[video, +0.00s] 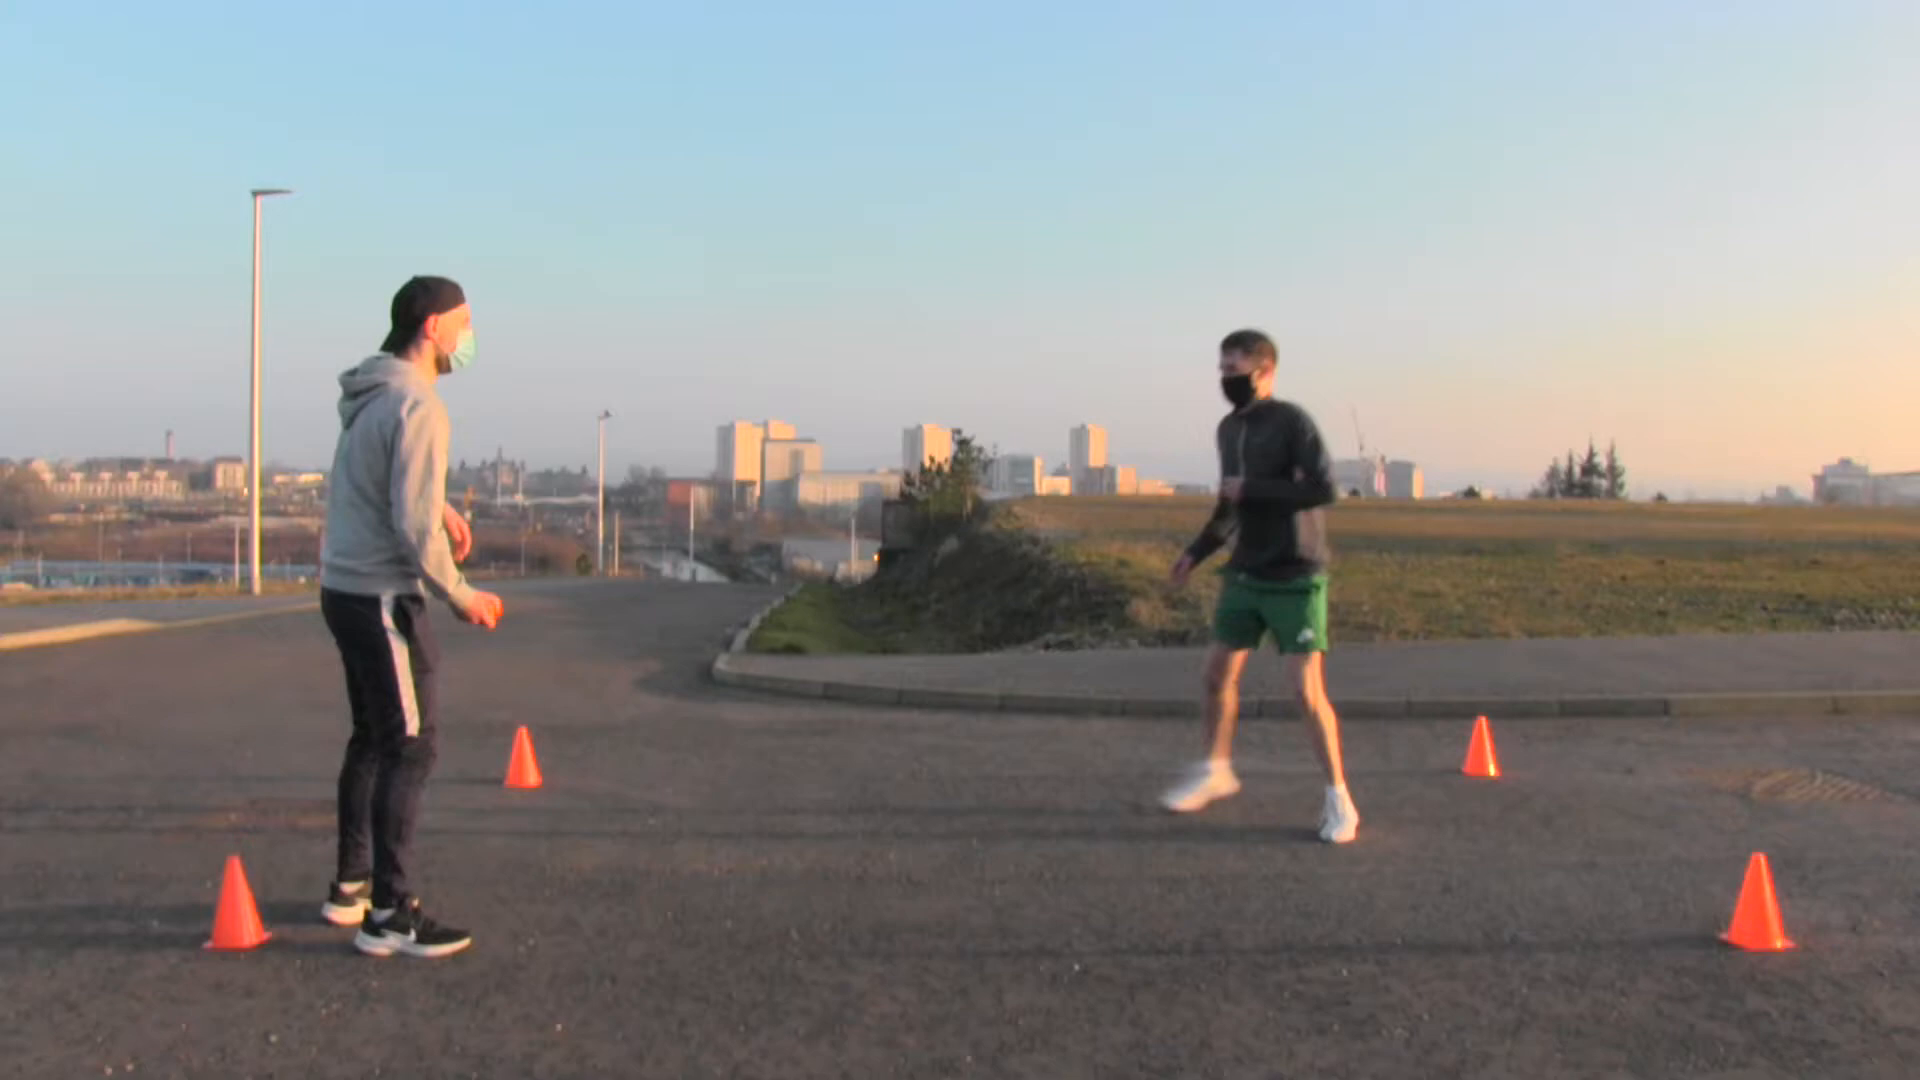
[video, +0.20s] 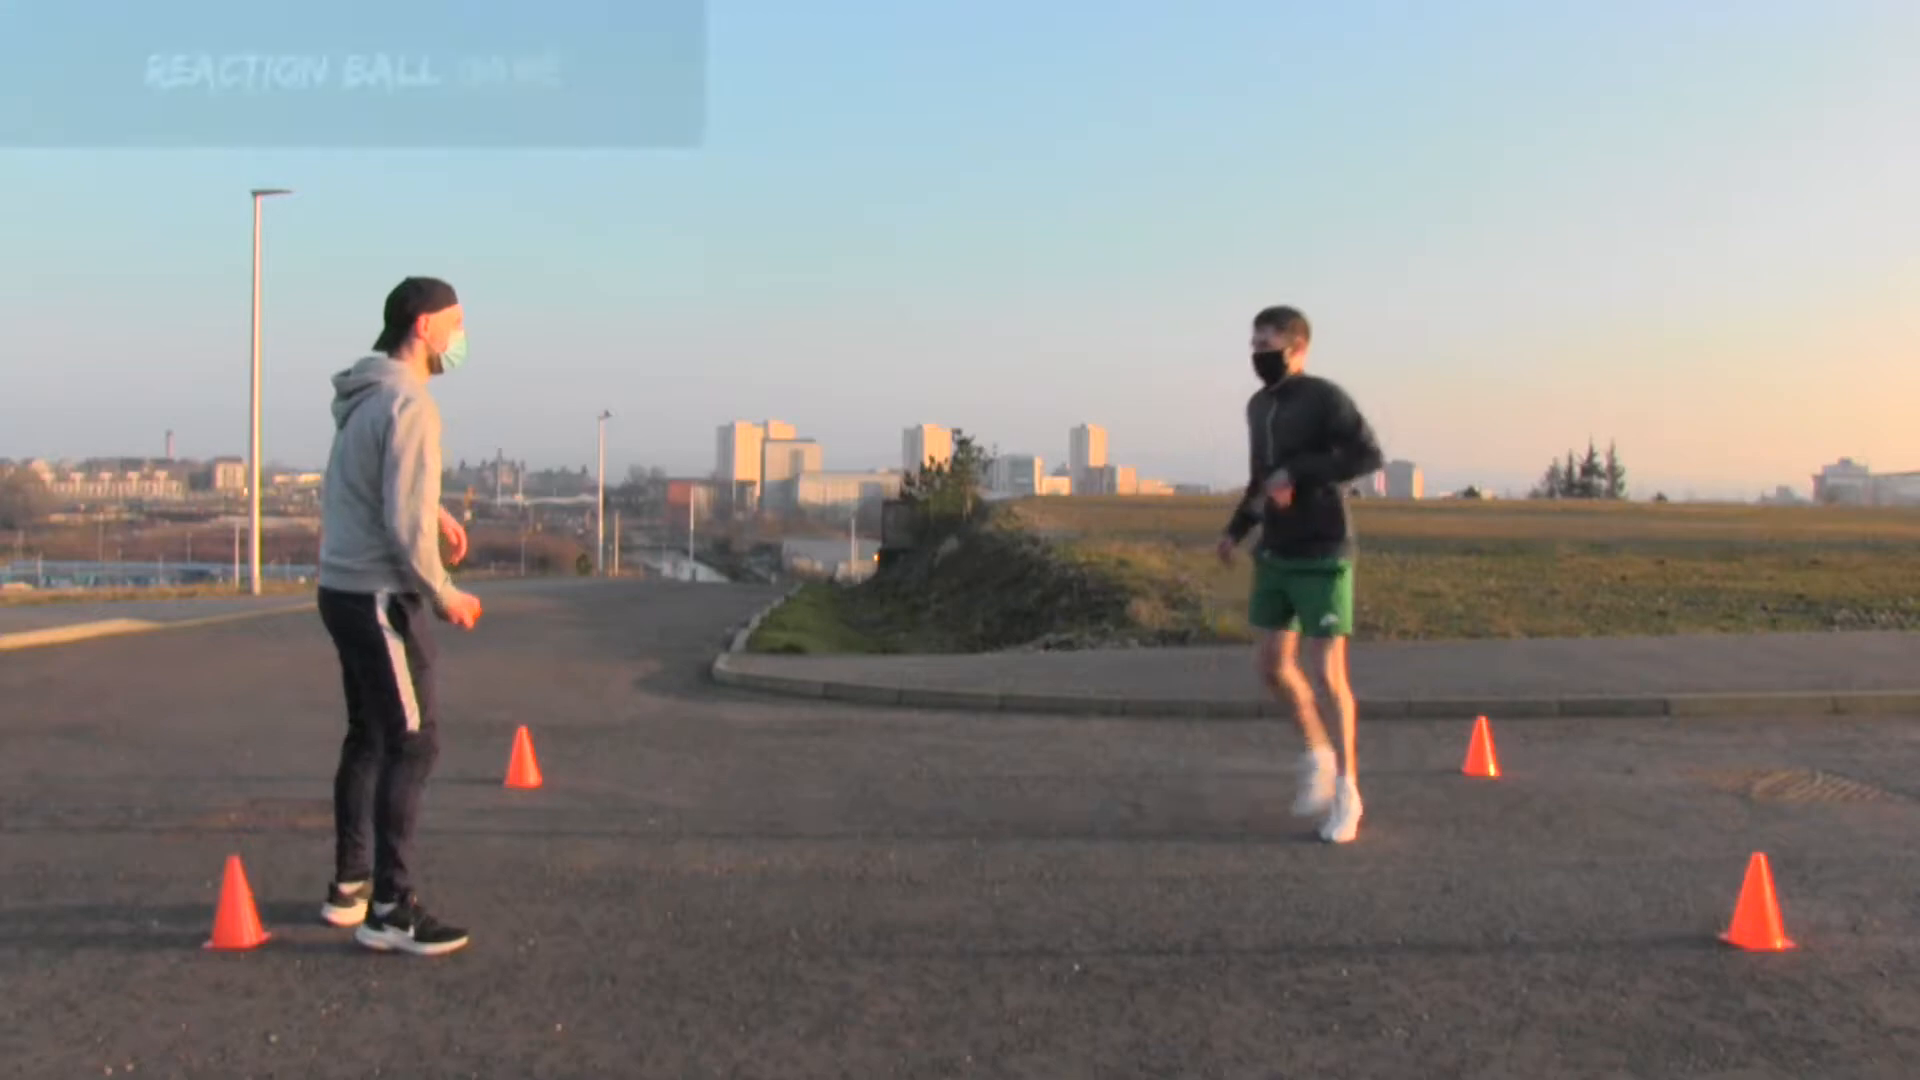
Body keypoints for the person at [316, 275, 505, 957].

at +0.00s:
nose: (470, 335)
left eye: (468, 322)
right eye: (463, 322)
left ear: (419, 326)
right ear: (432, 327)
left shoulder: (374, 393)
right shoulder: (418, 408)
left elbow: (384, 484)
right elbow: (414, 523)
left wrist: (440, 512)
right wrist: (465, 595)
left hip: (350, 588)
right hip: (382, 596)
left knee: (373, 737)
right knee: (411, 747)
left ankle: (352, 885)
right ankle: (390, 910)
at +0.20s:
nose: (461, 336)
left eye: (460, 323)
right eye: (455, 323)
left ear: (411, 326)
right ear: (424, 326)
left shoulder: (367, 395)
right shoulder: (411, 406)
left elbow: (375, 486)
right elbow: (406, 522)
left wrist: (434, 514)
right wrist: (448, 594)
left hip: (346, 589)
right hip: (381, 595)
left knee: (368, 736)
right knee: (414, 744)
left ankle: (352, 884)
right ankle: (391, 905)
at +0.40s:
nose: (449, 337)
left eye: (449, 325)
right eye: (442, 324)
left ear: (399, 324)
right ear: (409, 324)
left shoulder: (361, 394)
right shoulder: (398, 399)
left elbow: (380, 500)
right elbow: (429, 508)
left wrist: (434, 549)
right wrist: (498, 570)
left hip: (343, 586)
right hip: (374, 591)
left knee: (356, 734)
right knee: (411, 738)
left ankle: (351, 884)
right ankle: (353, 895)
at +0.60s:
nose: (445, 326)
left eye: (442, 314)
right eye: (436, 314)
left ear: (394, 320)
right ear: (402, 320)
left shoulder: (366, 388)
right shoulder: (394, 393)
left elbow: (374, 482)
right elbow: (459, 484)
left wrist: (425, 515)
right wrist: (549, 492)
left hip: (355, 585)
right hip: (367, 592)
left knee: (368, 739)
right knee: (381, 744)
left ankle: (352, 886)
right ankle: (341, 902)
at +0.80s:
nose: (451, 318)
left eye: (445, 306)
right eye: (440, 308)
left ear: (398, 323)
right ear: (411, 322)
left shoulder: (372, 393)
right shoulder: (404, 399)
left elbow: (376, 503)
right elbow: (416, 508)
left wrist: (432, 549)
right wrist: (469, 547)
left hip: (355, 586)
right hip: (370, 593)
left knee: (371, 743)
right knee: (375, 746)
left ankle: (350, 889)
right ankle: (338, 907)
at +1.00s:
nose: (468, 326)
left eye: (464, 313)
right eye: (459, 314)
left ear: (416, 325)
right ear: (427, 324)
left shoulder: (380, 393)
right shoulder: (414, 400)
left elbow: (388, 500)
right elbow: (426, 502)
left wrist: (427, 567)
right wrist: (443, 566)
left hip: (369, 588)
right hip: (367, 591)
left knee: (417, 721)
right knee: (372, 739)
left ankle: (366, 862)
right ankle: (337, 908)